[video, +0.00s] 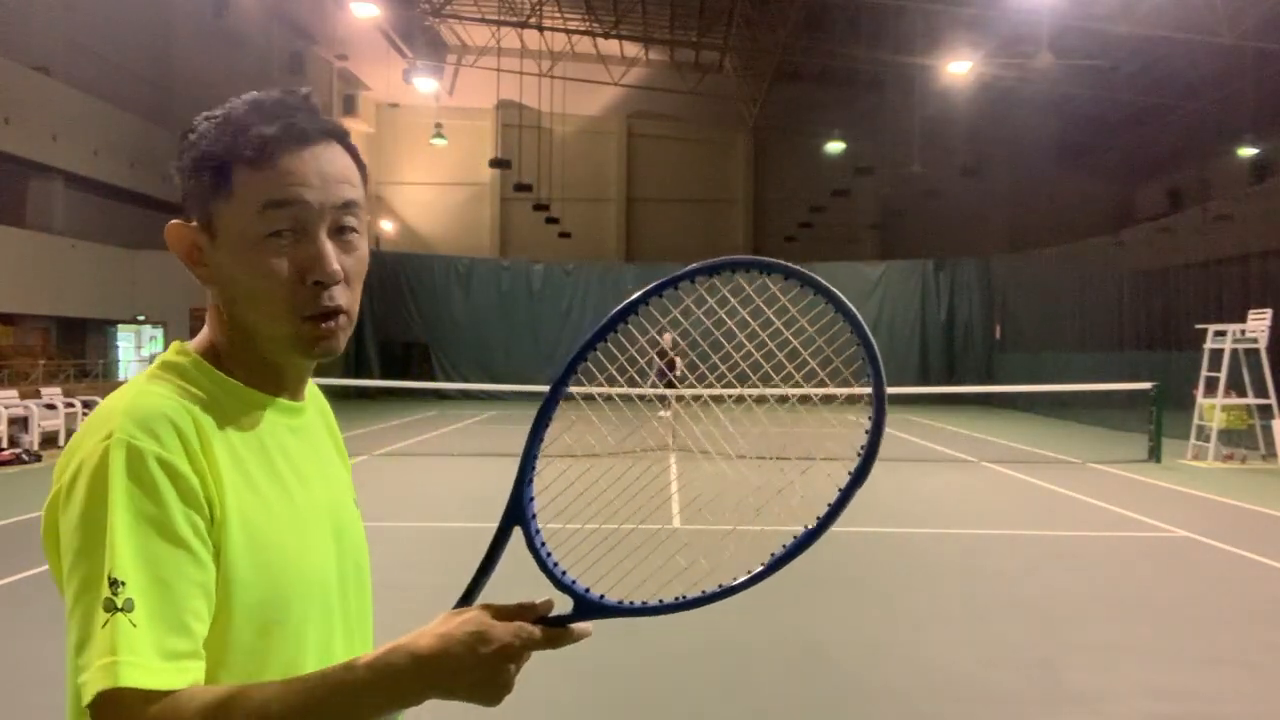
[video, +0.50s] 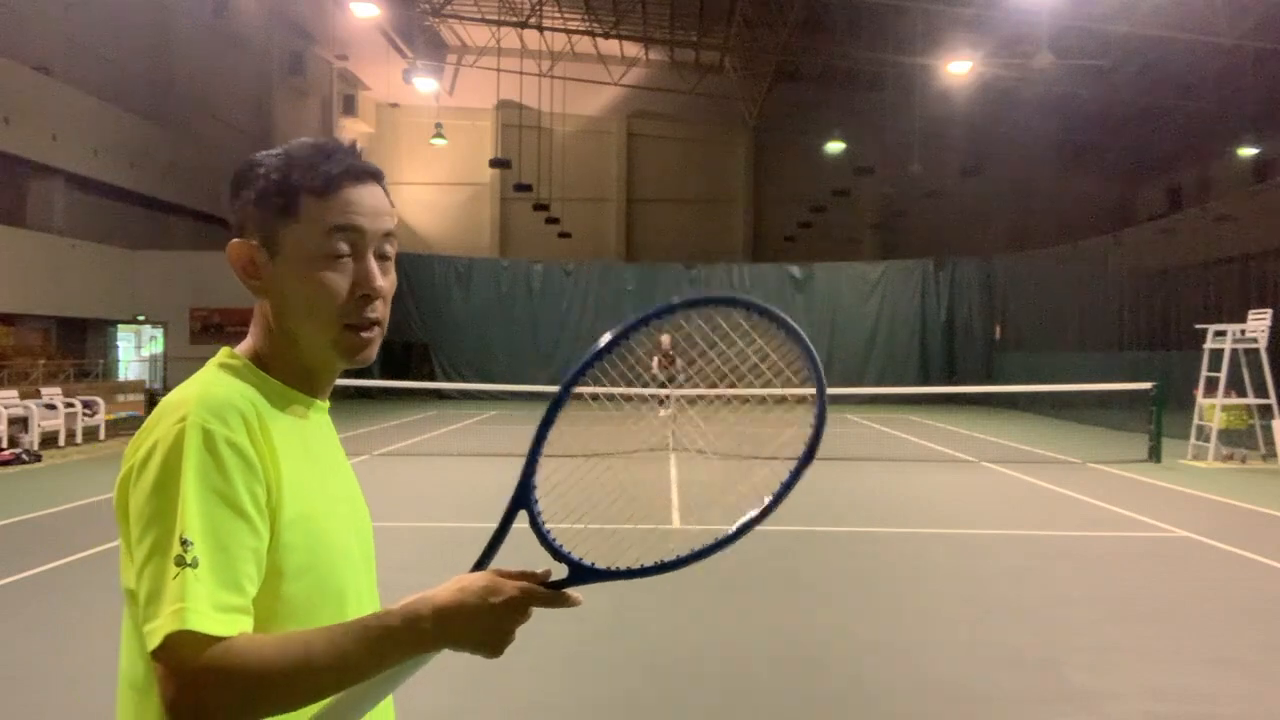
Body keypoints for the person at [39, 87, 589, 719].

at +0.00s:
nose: (330, 268)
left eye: (346, 227)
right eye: (283, 232)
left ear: (368, 237)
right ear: (197, 253)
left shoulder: (306, 409)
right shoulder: (139, 441)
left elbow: (302, 651)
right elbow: (133, 707)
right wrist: (412, 671)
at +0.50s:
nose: (376, 283)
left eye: (386, 253)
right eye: (340, 252)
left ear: (397, 256)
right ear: (253, 266)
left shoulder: (301, 417)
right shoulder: (207, 425)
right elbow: (193, 684)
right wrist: (428, 622)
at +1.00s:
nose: (478, 309)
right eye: (480, 291)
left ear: (357, 290)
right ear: (468, 294)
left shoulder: (286, 407)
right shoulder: (425, 411)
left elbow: (246, 592)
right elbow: (390, 628)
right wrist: (482, 713)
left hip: (260, 707)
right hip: (364, 709)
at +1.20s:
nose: (541, 315)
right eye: (543, 301)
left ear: (430, 306)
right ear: (537, 307)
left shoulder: (355, 410)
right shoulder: (538, 432)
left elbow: (296, 591)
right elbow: (538, 628)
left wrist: (345, 687)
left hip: (344, 708)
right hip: (474, 707)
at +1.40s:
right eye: (596, 304)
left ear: (495, 312)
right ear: (591, 303)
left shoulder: (422, 394)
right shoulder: (621, 419)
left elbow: (361, 568)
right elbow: (647, 597)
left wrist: (413, 652)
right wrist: (678, 702)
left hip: (418, 704)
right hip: (551, 707)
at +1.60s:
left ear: (509, 321)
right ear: (598, 310)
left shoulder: (454, 400)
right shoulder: (649, 410)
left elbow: (402, 564)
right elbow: (695, 577)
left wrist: (445, 647)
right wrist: (695, 653)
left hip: (466, 697)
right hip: (591, 698)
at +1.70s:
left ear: (504, 323)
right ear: (594, 319)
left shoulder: (459, 409)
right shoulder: (645, 413)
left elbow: (415, 568)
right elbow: (696, 571)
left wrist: (455, 649)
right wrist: (692, 638)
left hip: (479, 697)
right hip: (598, 696)